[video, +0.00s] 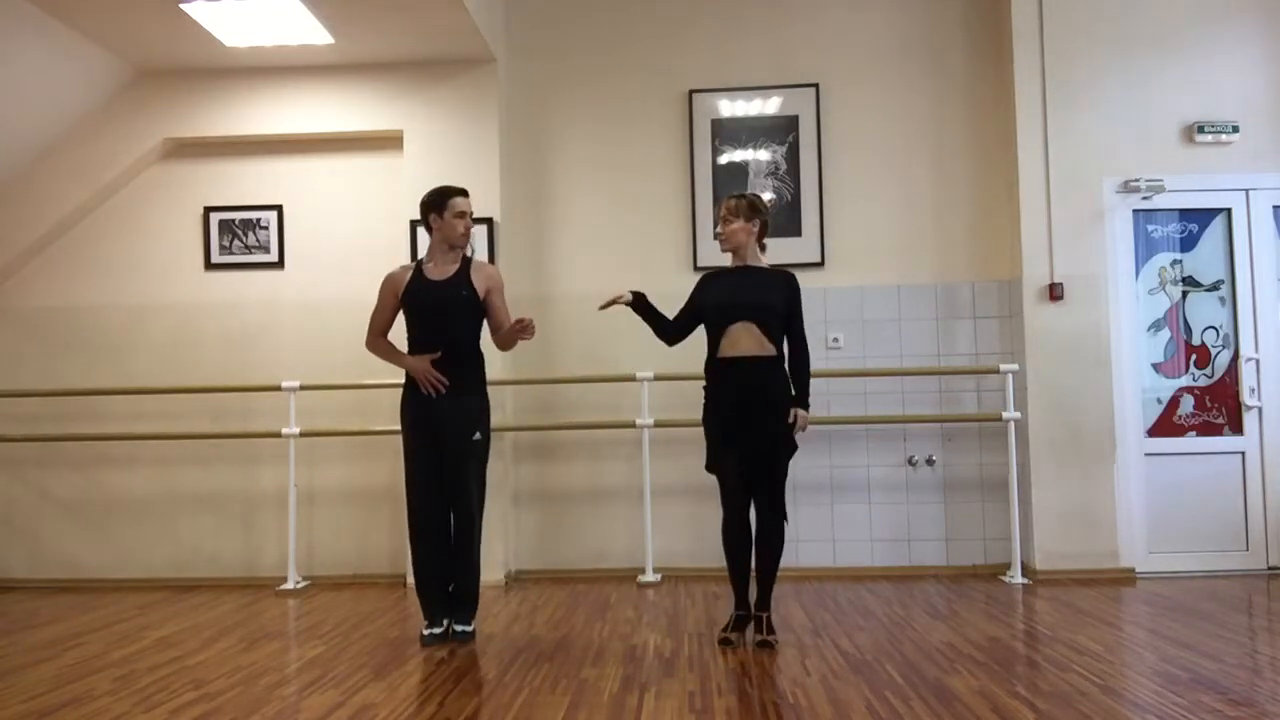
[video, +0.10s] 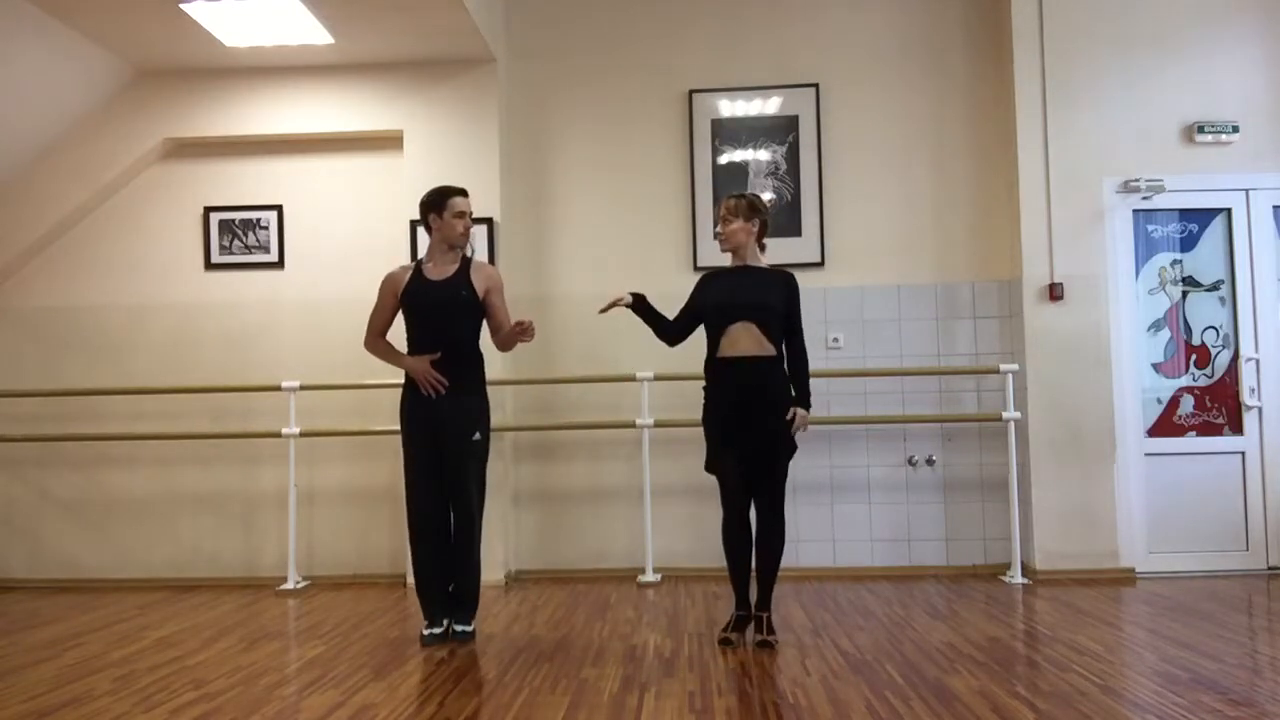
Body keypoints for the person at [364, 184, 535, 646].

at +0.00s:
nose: (468, 224)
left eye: (470, 216)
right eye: (459, 216)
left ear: (469, 222)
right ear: (433, 221)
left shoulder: (484, 274)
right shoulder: (400, 281)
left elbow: (502, 339)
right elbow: (374, 339)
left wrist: (516, 331)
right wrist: (407, 362)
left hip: (467, 402)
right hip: (421, 405)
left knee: (465, 510)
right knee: (426, 511)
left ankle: (462, 614)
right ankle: (435, 615)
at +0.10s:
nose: (467, 223)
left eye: (469, 216)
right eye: (458, 216)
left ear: (468, 222)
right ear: (433, 221)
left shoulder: (484, 275)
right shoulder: (400, 281)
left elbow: (501, 339)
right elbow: (372, 339)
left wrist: (517, 332)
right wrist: (407, 362)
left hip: (467, 402)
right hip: (420, 405)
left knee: (465, 510)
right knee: (426, 510)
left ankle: (462, 614)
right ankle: (435, 615)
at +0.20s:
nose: (467, 222)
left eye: (469, 215)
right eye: (458, 215)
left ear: (467, 222)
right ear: (432, 221)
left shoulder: (483, 276)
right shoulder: (399, 280)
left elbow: (502, 341)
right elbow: (369, 339)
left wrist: (517, 338)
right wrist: (406, 361)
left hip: (466, 403)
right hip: (419, 406)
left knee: (464, 509)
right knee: (425, 510)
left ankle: (462, 614)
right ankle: (435, 615)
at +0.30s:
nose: (467, 220)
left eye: (468, 213)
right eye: (458, 213)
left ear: (464, 219)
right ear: (431, 218)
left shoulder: (481, 273)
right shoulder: (397, 275)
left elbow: (510, 319)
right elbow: (365, 334)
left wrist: (519, 339)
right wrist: (404, 341)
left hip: (464, 402)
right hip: (416, 405)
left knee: (463, 507)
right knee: (423, 508)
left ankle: (461, 614)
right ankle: (434, 615)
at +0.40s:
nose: (459, 218)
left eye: (462, 211)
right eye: (449, 212)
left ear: (465, 217)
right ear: (424, 219)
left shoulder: (479, 270)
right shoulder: (397, 272)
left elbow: (529, 307)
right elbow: (365, 335)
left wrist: (522, 343)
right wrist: (403, 312)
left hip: (457, 398)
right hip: (409, 399)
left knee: (451, 500)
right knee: (417, 506)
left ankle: (459, 598)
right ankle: (434, 610)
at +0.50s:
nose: (440, 229)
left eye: (447, 221)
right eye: (431, 223)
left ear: (459, 230)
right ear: (417, 233)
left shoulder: (482, 285)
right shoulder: (399, 291)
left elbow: (527, 320)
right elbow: (385, 358)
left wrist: (514, 360)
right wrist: (405, 369)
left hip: (452, 403)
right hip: (405, 404)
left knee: (440, 481)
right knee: (410, 506)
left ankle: (443, 592)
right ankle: (432, 608)